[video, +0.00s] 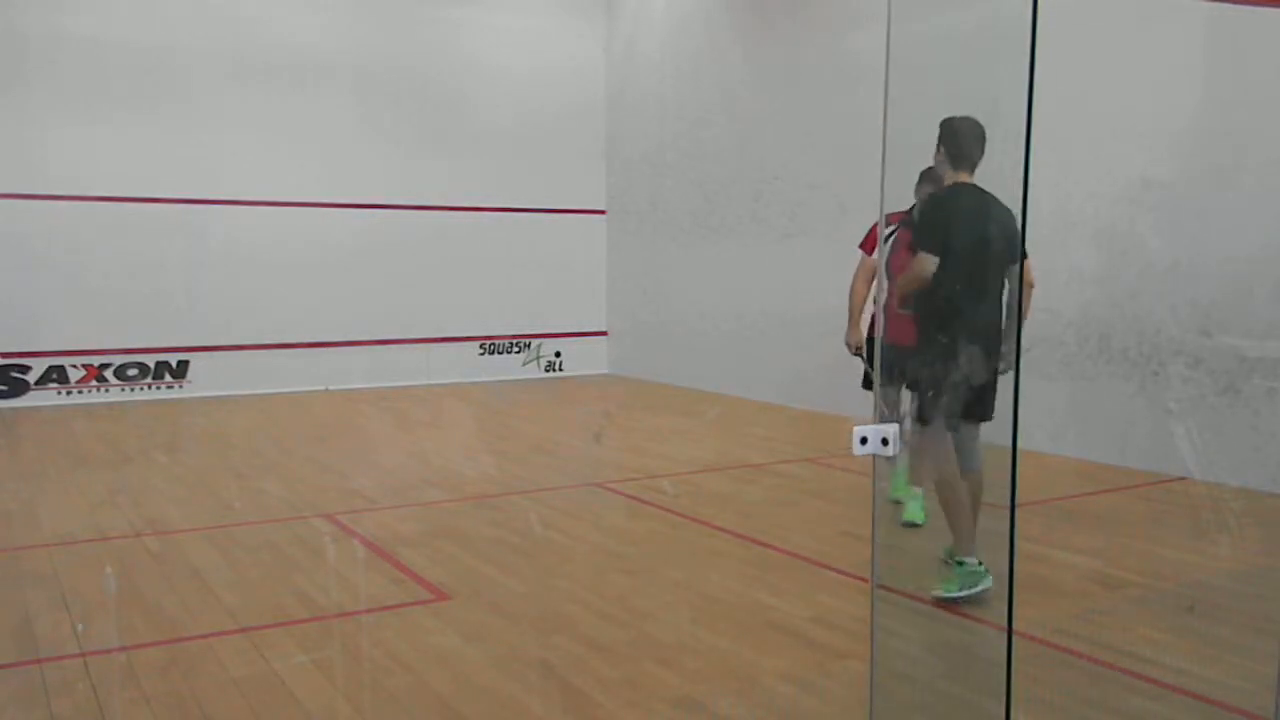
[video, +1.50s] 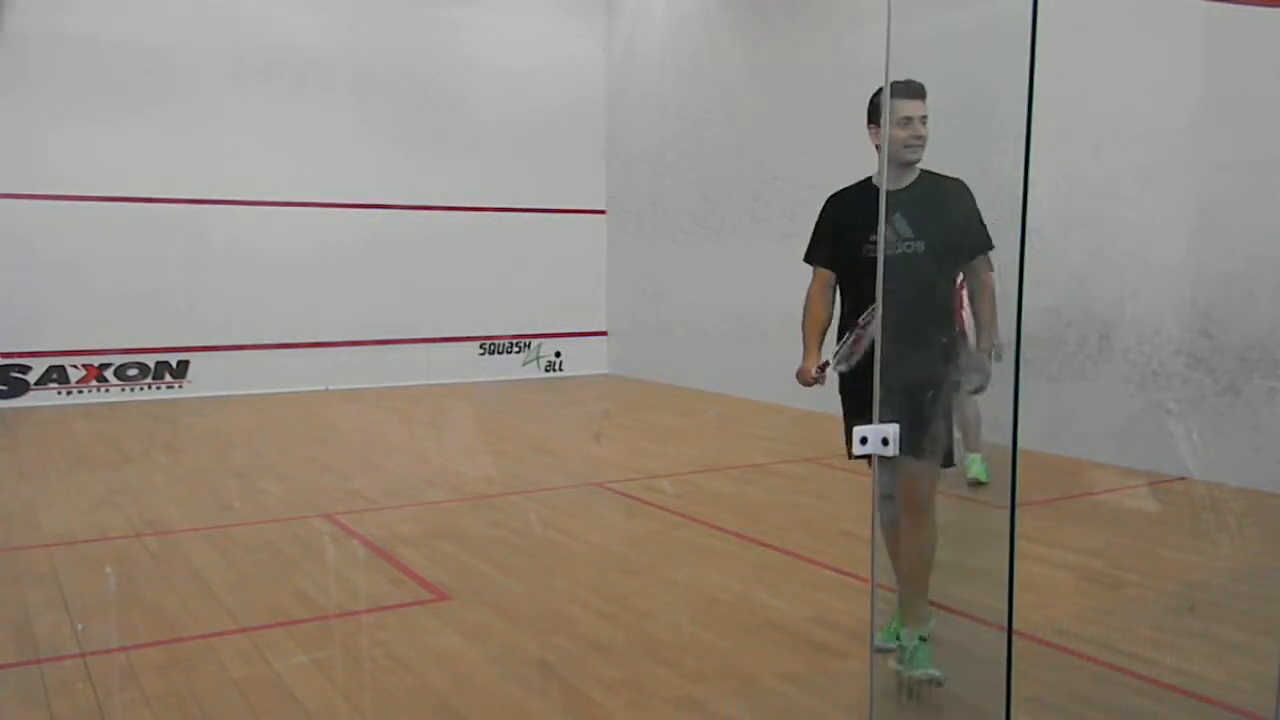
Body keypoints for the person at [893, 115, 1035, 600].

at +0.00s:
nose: (934, 155)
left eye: (937, 148)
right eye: (940, 148)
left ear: (941, 152)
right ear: (980, 157)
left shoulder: (937, 204)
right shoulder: (1002, 213)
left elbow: (925, 265)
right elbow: (1025, 282)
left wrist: (900, 289)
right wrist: (1010, 332)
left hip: (945, 345)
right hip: (984, 347)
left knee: (938, 442)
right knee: (968, 442)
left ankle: (969, 561)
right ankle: (965, 547)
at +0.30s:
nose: (927, 155)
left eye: (936, 148)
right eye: (929, 146)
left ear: (966, 155)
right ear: (959, 154)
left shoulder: (984, 206)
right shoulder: (957, 208)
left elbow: (995, 279)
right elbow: (959, 279)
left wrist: (933, 299)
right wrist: (929, 339)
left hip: (973, 352)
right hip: (948, 347)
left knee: (958, 454)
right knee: (933, 446)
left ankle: (978, 566)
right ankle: (954, 544)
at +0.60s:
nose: (965, 151)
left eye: (976, 143)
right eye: (956, 140)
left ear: (990, 150)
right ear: (940, 144)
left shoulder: (1007, 210)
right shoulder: (924, 204)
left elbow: (1044, 280)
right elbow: (913, 275)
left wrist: (982, 302)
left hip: (978, 354)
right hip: (922, 347)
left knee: (973, 458)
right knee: (908, 454)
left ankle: (980, 571)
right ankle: (899, 576)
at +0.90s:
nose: (960, 142)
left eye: (967, 133)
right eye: (949, 132)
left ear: (974, 141)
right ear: (923, 138)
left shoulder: (992, 206)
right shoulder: (891, 209)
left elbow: (1009, 287)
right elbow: (863, 285)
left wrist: (985, 338)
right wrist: (836, 352)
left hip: (965, 362)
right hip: (904, 361)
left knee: (959, 468)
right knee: (909, 477)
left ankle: (967, 564)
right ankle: (912, 604)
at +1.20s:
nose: (935, 133)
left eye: (941, 124)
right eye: (924, 123)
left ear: (947, 132)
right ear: (897, 131)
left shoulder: (964, 201)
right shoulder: (863, 204)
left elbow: (980, 274)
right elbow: (835, 278)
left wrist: (973, 337)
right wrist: (821, 346)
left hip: (956, 358)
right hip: (889, 364)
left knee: (962, 483)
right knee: (897, 486)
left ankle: (952, 578)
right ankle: (911, 602)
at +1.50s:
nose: (917, 131)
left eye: (922, 122)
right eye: (904, 123)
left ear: (929, 129)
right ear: (875, 132)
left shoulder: (951, 196)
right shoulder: (844, 205)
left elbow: (980, 275)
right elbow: (821, 282)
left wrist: (987, 345)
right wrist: (812, 349)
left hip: (931, 366)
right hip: (867, 370)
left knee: (917, 496)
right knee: (887, 496)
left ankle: (915, 629)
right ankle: (909, 607)